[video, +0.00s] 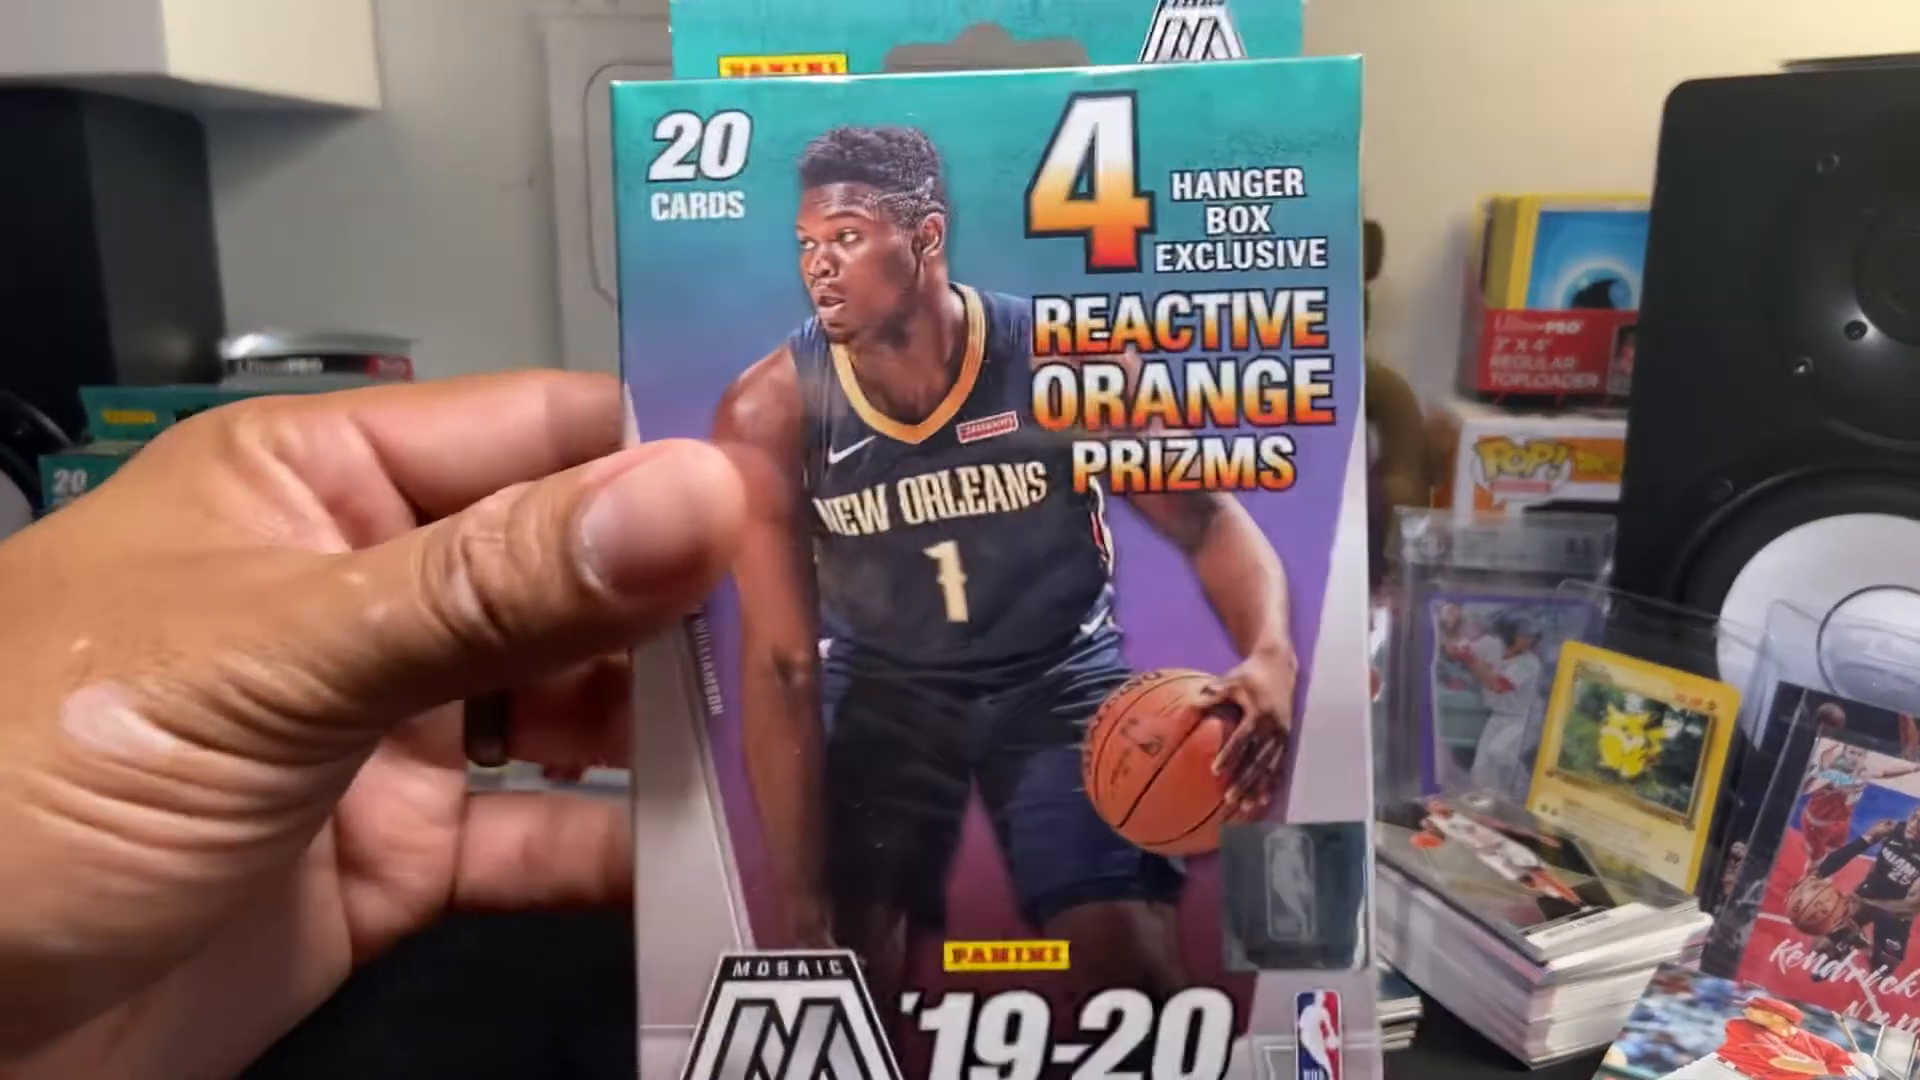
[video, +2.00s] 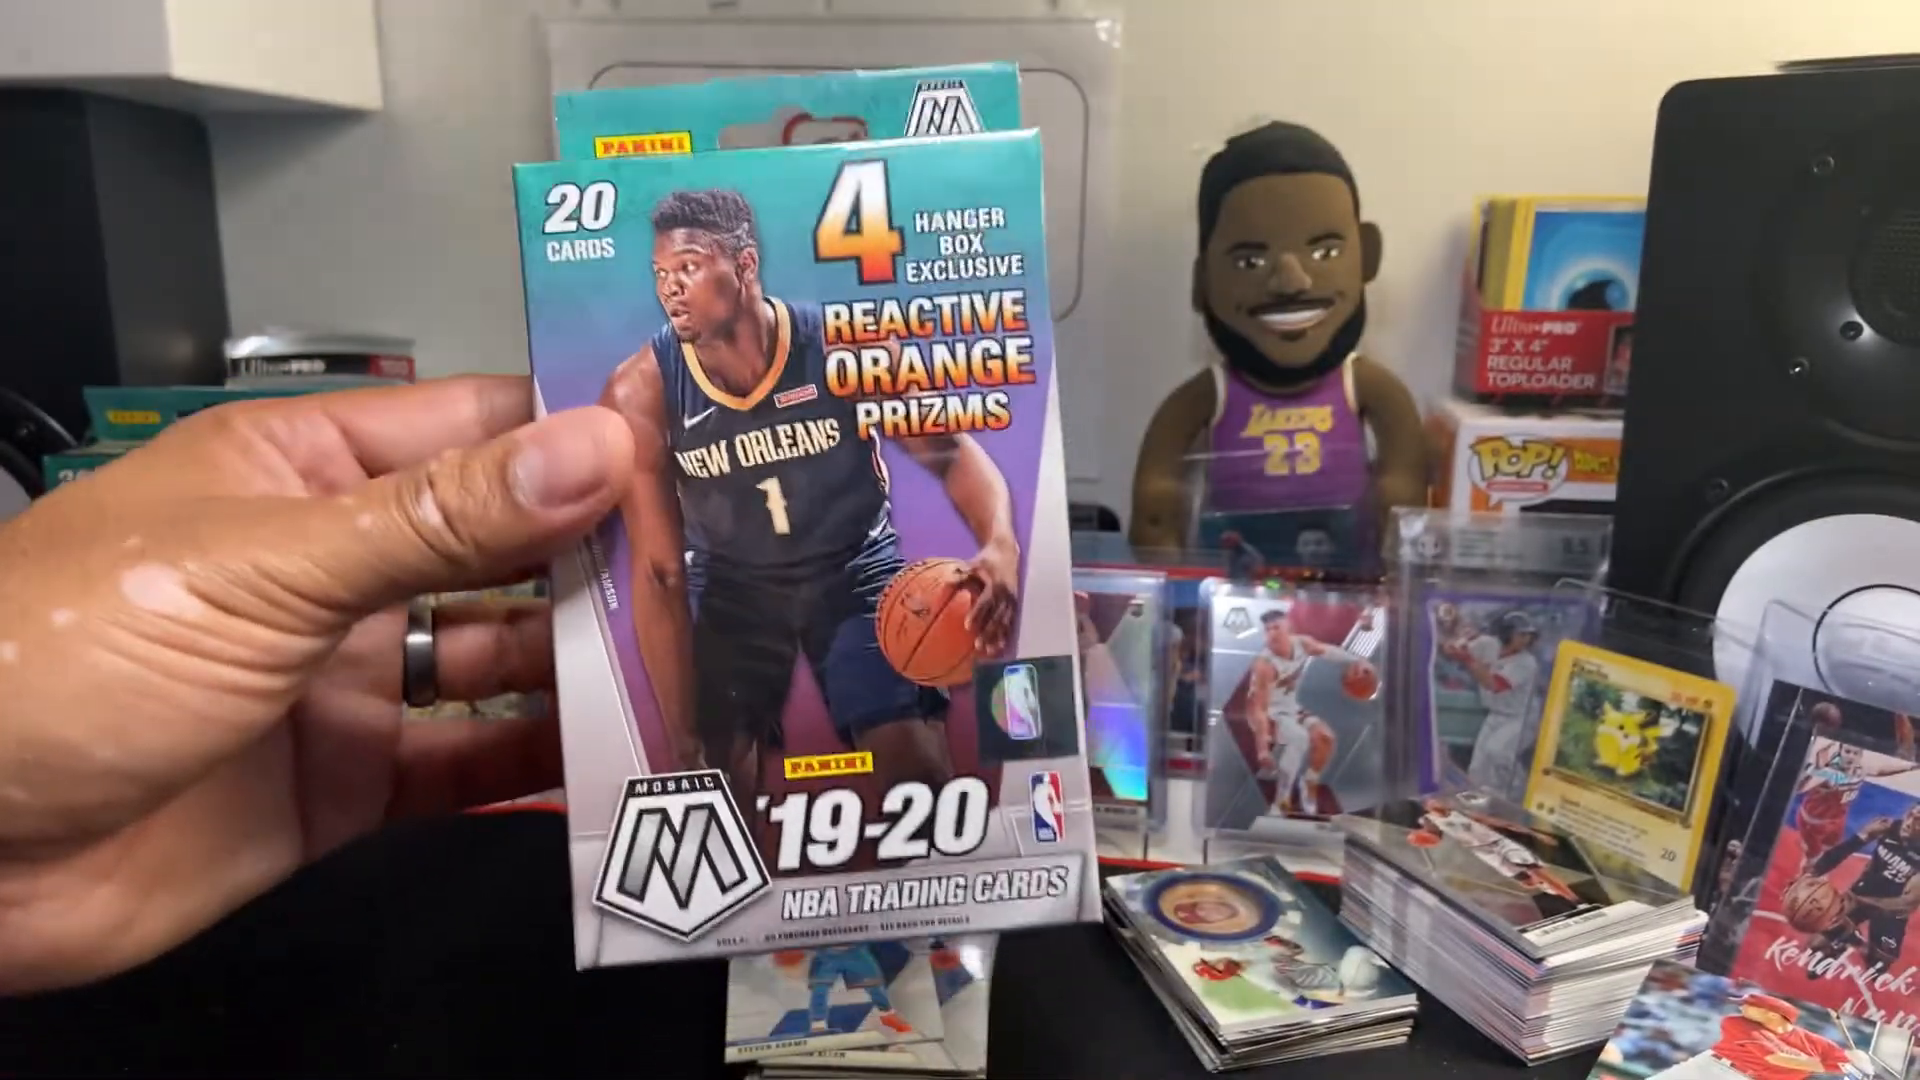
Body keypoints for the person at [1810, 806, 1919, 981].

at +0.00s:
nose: (1914, 825)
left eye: (1919, 823)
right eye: (1914, 818)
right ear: (1910, 816)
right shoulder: (1890, 829)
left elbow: (1912, 906)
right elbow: (1850, 850)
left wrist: (1864, 905)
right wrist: (1819, 873)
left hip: (1897, 910)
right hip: (1867, 897)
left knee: (1882, 972)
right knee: (1822, 948)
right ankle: (1849, 944)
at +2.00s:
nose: (1910, 823)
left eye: (1917, 821)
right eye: (1910, 816)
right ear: (1905, 814)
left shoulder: (1917, 859)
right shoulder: (1884, 828)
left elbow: (1907, 904)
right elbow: (1843, 850)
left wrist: (1859, 903)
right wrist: (1814, 872)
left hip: (1893, 909)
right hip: (1862, 895)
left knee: (1877, 971)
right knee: (1816, 947)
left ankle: (1854, 939)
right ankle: (1838, 948)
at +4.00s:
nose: (1912, 824)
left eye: (1918, 822)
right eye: (1912, 817)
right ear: (1908, 815)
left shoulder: (1918, 857)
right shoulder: (1889, 829)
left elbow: (1909, 905)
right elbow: (1849, 849)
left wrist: (1861, 902)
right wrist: (1817, 871)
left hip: (1895, 910)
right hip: (1864, 896)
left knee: (1880, 967)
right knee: (1819, 945)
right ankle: (1841, 949)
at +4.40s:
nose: (1915, 826)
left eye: (1919, 823)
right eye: (1916, 818)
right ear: (1912, 818)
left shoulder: (1917, 856)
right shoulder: (1893, 831)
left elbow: (1913, 906)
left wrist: (1866, 905)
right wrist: (1820, 873)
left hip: (1899, 909)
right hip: (1869, 897)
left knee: (1886, 967)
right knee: (1826, 946)